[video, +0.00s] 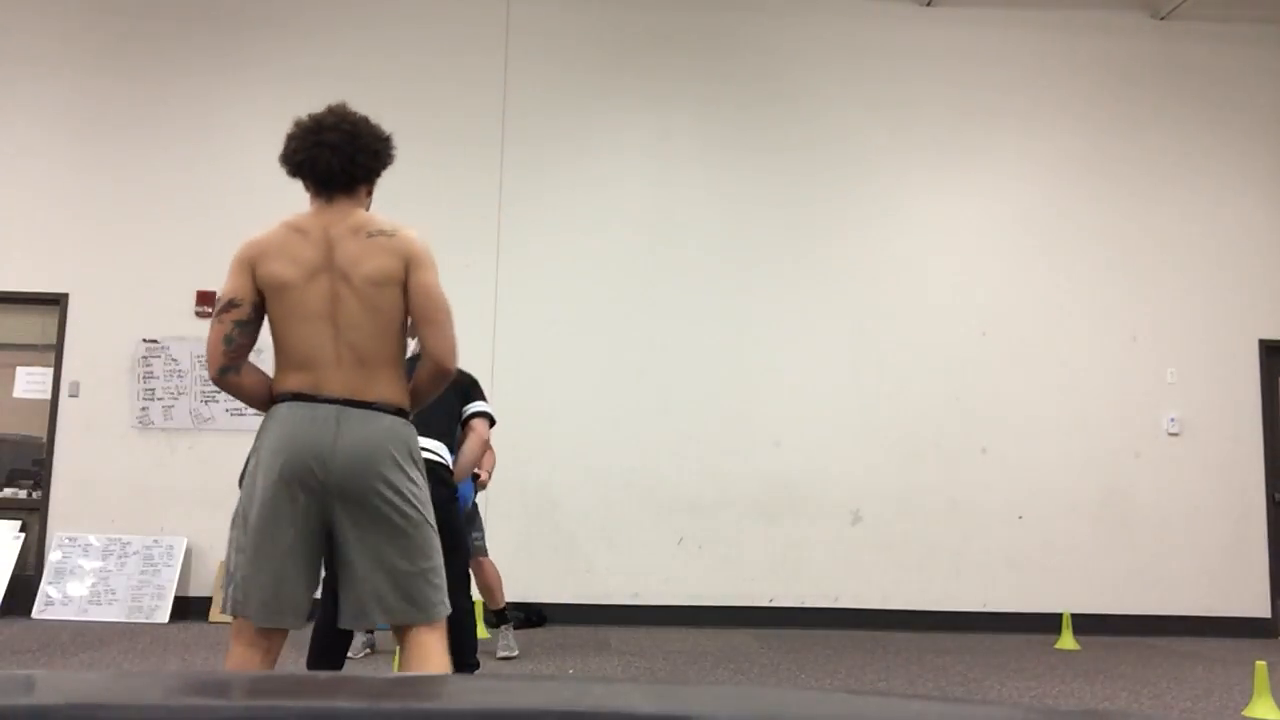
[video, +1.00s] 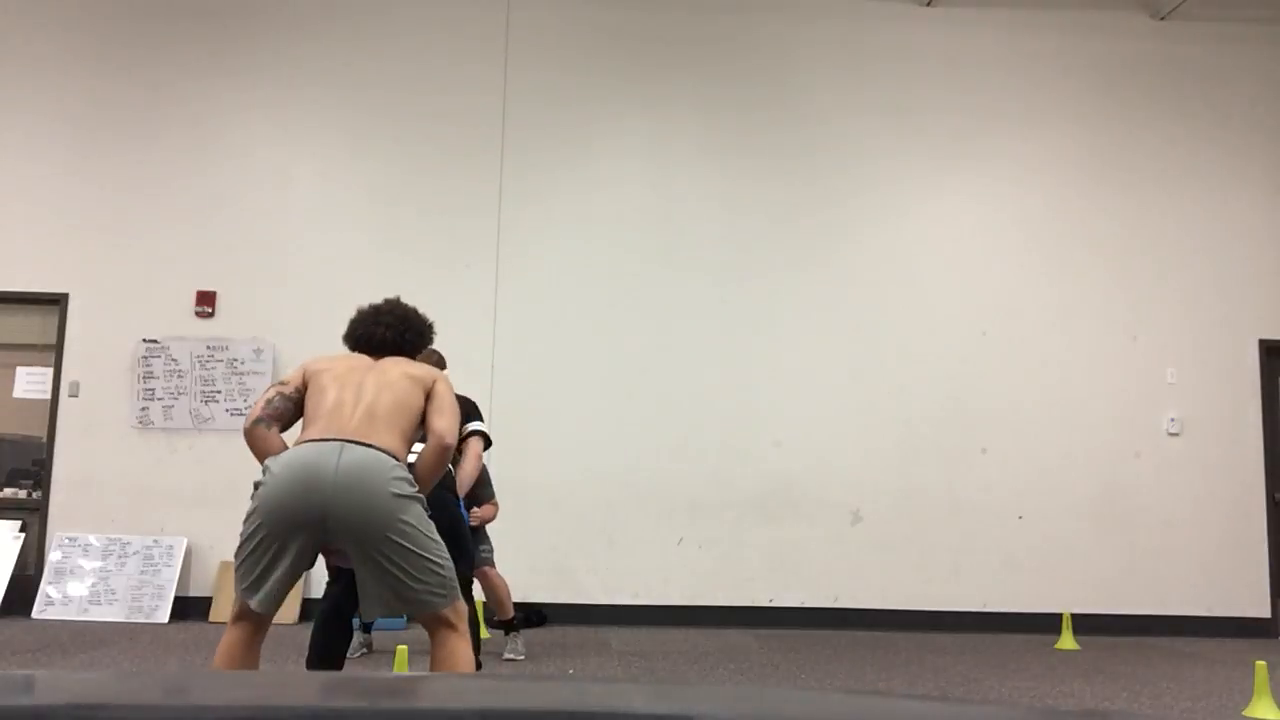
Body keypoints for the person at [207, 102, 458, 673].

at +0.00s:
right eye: (370, 177)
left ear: (304, 179)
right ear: (370, 179)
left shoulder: (260, 251)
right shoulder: (405, 248)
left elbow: (226, 366)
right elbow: (441, 360)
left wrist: (290, 405)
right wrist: (389, 406)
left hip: (288, 432)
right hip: (380, 436)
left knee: (256, 630)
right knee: (422, 625)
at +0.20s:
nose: (380, 207)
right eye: (381, 196)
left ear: (314, 197)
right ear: (376, 197)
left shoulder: (267, 260)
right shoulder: (401, 258)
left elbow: (225, 367)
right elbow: (429, 365)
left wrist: (287, 413)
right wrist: (392, 417)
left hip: (288, 435)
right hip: (373, 440)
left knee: (257, 628)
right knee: (424, 622)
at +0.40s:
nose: (413, 241)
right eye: (413, 232)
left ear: (352, 229)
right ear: (409, 232)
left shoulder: (309, 282)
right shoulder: (438, 292)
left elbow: (260, 379)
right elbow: (461, 389)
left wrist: (311, 433)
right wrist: (412, 434)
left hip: (311, 452)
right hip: (394, 459)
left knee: (258, 634)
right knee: (430, 627)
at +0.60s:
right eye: (434, 273)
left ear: (374, 267)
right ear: (431, 275)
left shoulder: (334, 303)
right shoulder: (458, 321)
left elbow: (285, 385)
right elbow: (479, 411)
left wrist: (333, 439)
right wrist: (427, 458)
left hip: (330, 450)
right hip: (417, 460)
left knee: (252, 603)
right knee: (453, 620)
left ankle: (215, 718)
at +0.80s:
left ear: (367, 315)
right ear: (424, 322)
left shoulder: (324, 345)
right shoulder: (439, 358)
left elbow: (268, 415)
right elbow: (461, 431)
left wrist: (307, 472)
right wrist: (422, 489)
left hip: (307, 467)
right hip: (391, 473)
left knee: (261, 620)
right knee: (454, 624)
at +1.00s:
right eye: (423, 349)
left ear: (356, 341)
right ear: (416, 350)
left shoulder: (317, 365)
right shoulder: (431, 376)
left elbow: (258, 424)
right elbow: (443, 440)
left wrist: (295, 489)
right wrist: (406, 500)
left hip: (294, 469)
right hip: (378, 472)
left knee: (247, 619)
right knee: (447, 624)